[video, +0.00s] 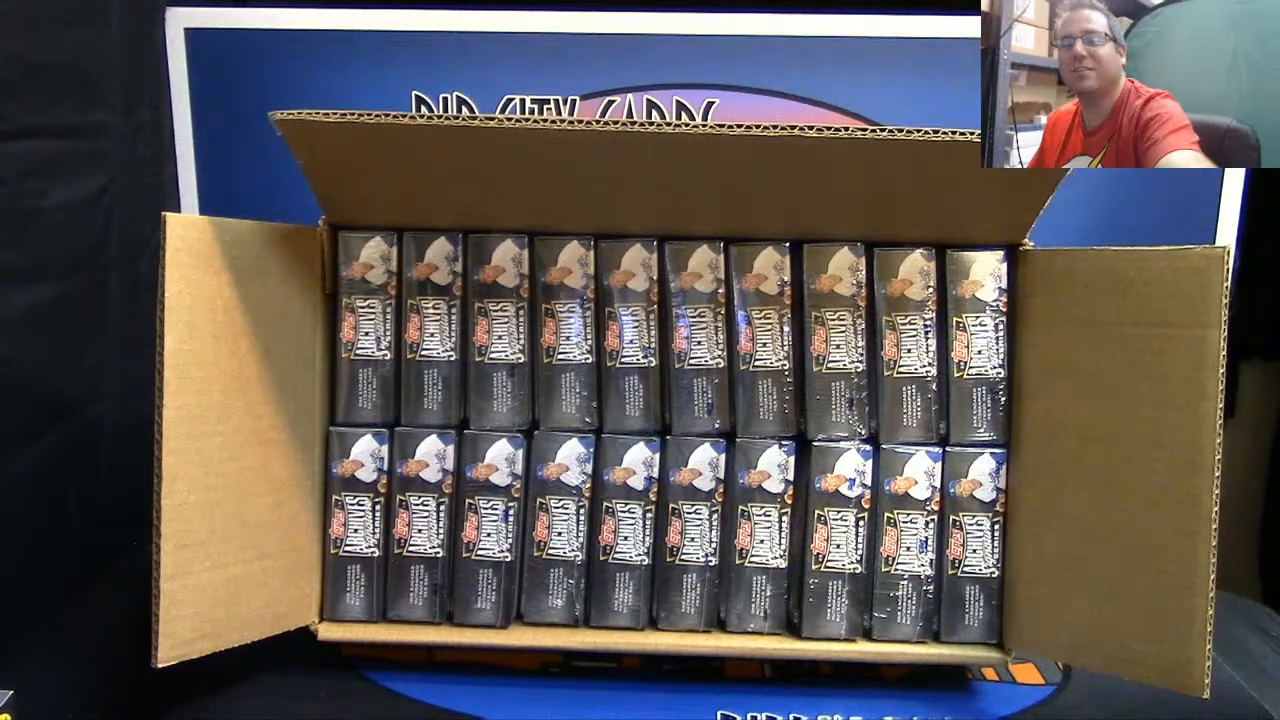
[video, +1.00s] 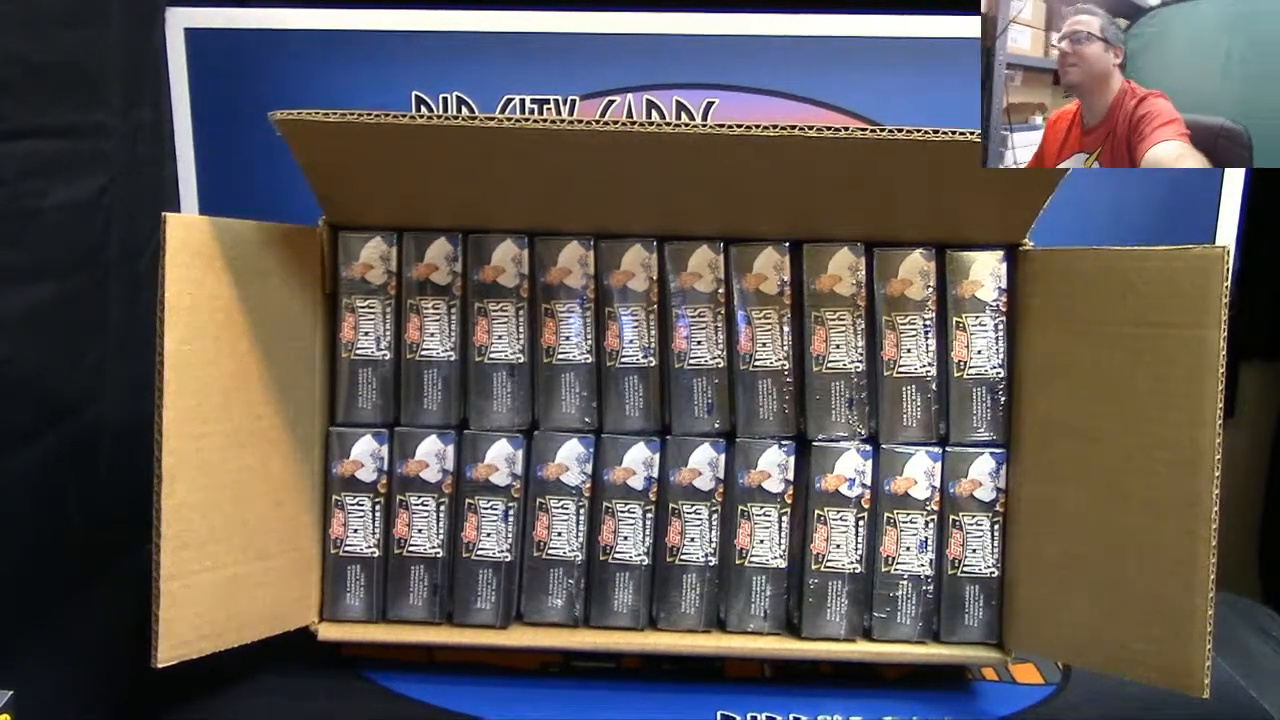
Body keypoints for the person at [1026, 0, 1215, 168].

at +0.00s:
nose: (1078, 51)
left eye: (1092, 40)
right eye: (1066, 43)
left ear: (1121, 53)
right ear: (1058, 58)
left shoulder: (1153, 110)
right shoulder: (1059, 122)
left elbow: (1187, 174)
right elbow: (1028, 188)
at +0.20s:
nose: (1074, 51)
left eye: (1091, 39)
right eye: (1066, 42)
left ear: (1125, 53)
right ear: (1059, 55)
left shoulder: (1158, 109)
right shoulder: (1066, 121)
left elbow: (1188, 175)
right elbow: (1036, 188)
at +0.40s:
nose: (1070, 50)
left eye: (1086, 39)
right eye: (1065, 43)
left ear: (1124, 52)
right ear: (1060, 53)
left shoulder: (1158, 108)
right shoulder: (1067, 122)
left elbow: (1184, 172)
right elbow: (1039, 187)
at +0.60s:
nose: (1066, 51)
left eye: (1082, 41)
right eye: (1062, 43)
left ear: (1121, 53)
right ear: (1058, 53)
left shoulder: (1155, 109)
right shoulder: (1065, 123)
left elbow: (1179, 169)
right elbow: (1037, 186)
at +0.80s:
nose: (1070, 51)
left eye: (1086, 42)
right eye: (1066, 45)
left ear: (1124, 55)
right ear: (1064, 56)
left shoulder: (1158, 109)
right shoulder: (1070, 124)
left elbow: (1183, 166)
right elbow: (1042, 187)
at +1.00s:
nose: (1063, 48)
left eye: (1079, 38)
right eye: (1059, 42)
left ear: (1116, 54)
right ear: (1055, 53)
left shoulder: (1147, 109)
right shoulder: (1059, 123)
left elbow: (1172, 161)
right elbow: (1028, 184)